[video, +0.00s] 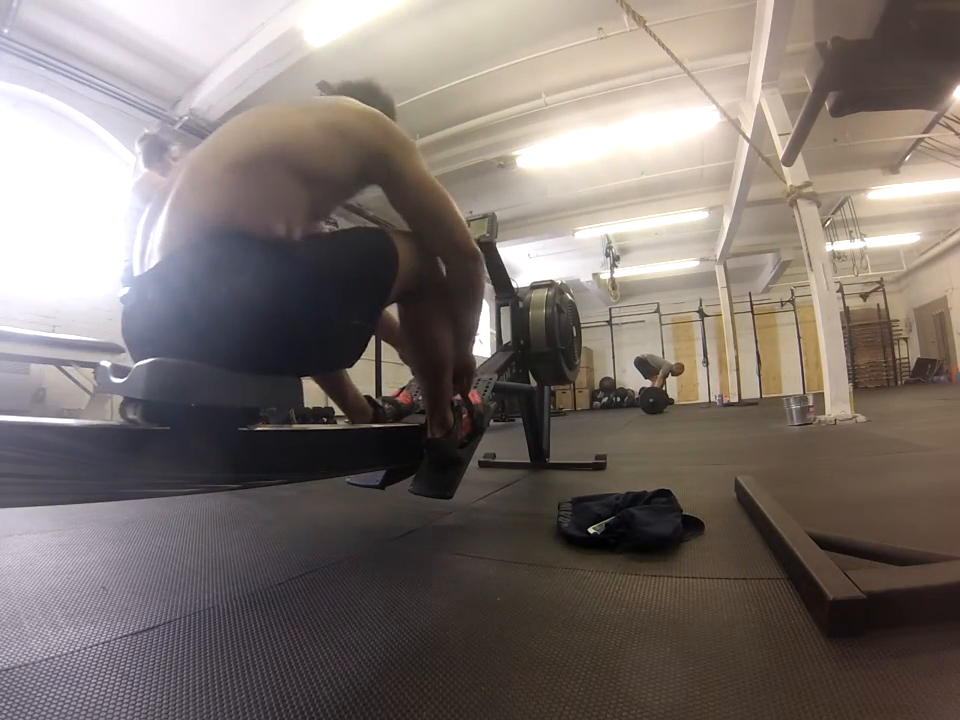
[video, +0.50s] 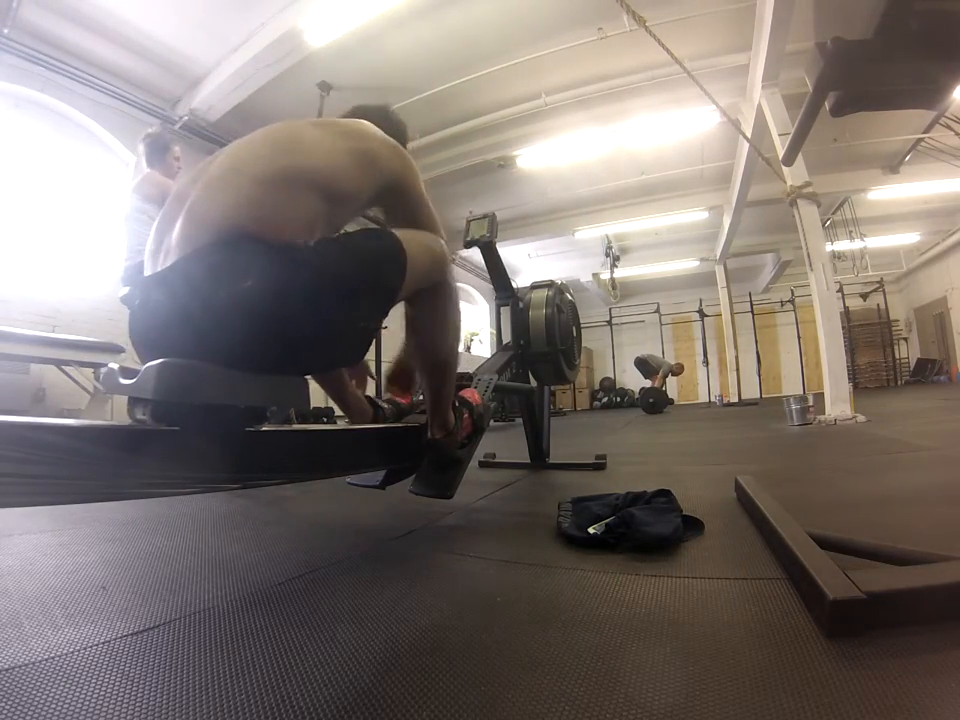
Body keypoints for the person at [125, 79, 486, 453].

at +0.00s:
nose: (398, 143)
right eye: (394, 133)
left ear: (330, 99)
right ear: (381, 118)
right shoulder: (374, 128)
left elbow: (319, 262)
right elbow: (465, 255)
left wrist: (405, 343)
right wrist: (464, 351)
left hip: (147, 323)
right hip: (238, 303)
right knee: (423, 263)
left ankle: (363, 418)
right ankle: (443, 426)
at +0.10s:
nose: (401, 146)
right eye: (400, 137)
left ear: (336, 105)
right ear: (387, 122)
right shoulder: (383, 132)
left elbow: (324, 258)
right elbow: (473, 249)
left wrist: (408, 341)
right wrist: (466, 342)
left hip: (151, 324)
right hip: (240, 307)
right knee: (429, 262)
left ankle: (361, 412)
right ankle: (444, 426)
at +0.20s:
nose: (410, 157)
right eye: (407, 144)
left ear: (342, 110)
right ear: (391, 127)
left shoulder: (279, 137)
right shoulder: (388, 135)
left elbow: (303, 256)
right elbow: (478, 245)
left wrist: (397, 336)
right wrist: (457, 331)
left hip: (152, 324)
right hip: (240, 302)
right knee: (433, 261)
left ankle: (363, 414)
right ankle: (443, 428)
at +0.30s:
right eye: (408, 150)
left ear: (352, 116)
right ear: (395, 133)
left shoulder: (284, 141)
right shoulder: (393, 142)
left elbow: (304, 256)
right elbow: (466, 251)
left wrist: (387, 342)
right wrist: (459, 309)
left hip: (154, 325)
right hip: (244, 304)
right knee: (440, 257)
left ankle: (362, 414)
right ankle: (444, 428)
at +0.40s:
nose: (405, 166)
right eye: (407, 154)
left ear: (348, 119)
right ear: (395, 138)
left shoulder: (283, 142)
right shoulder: (393, 150)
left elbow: (300, 259)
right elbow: (446, 262)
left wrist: (364, 355)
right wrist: (434, 353)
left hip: (156, 325)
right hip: (247, 307)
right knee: (434, 261)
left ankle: (362, 413)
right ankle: (443, 428)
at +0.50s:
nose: (397, 179)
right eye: (401, 166)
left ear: (343, 120)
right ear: (392, 144)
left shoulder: (277, 145)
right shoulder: (390, 153)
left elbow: (293, 259)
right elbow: (432, 266)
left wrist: (345, 354)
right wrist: (406, 365)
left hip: (155, 326)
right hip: (251, 307)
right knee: (433, 262)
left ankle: (362, 416)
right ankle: (443, 427)